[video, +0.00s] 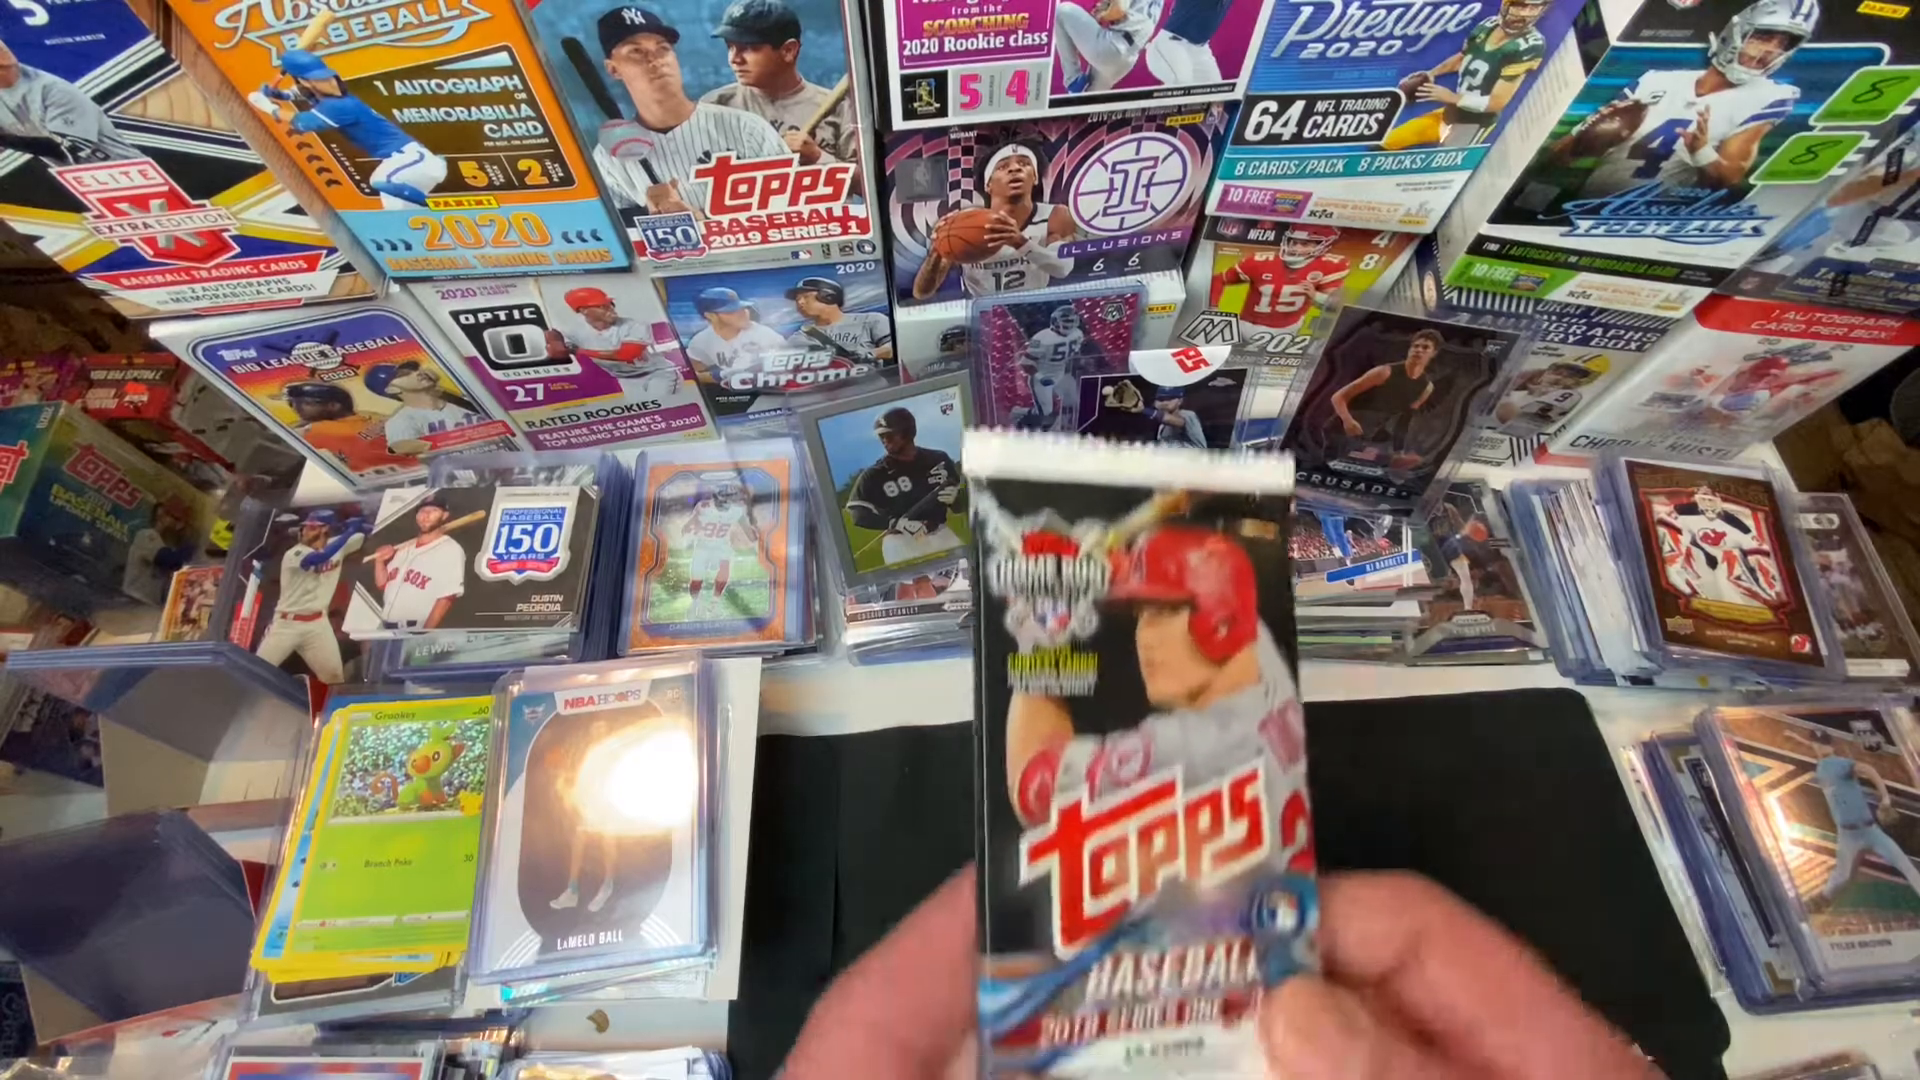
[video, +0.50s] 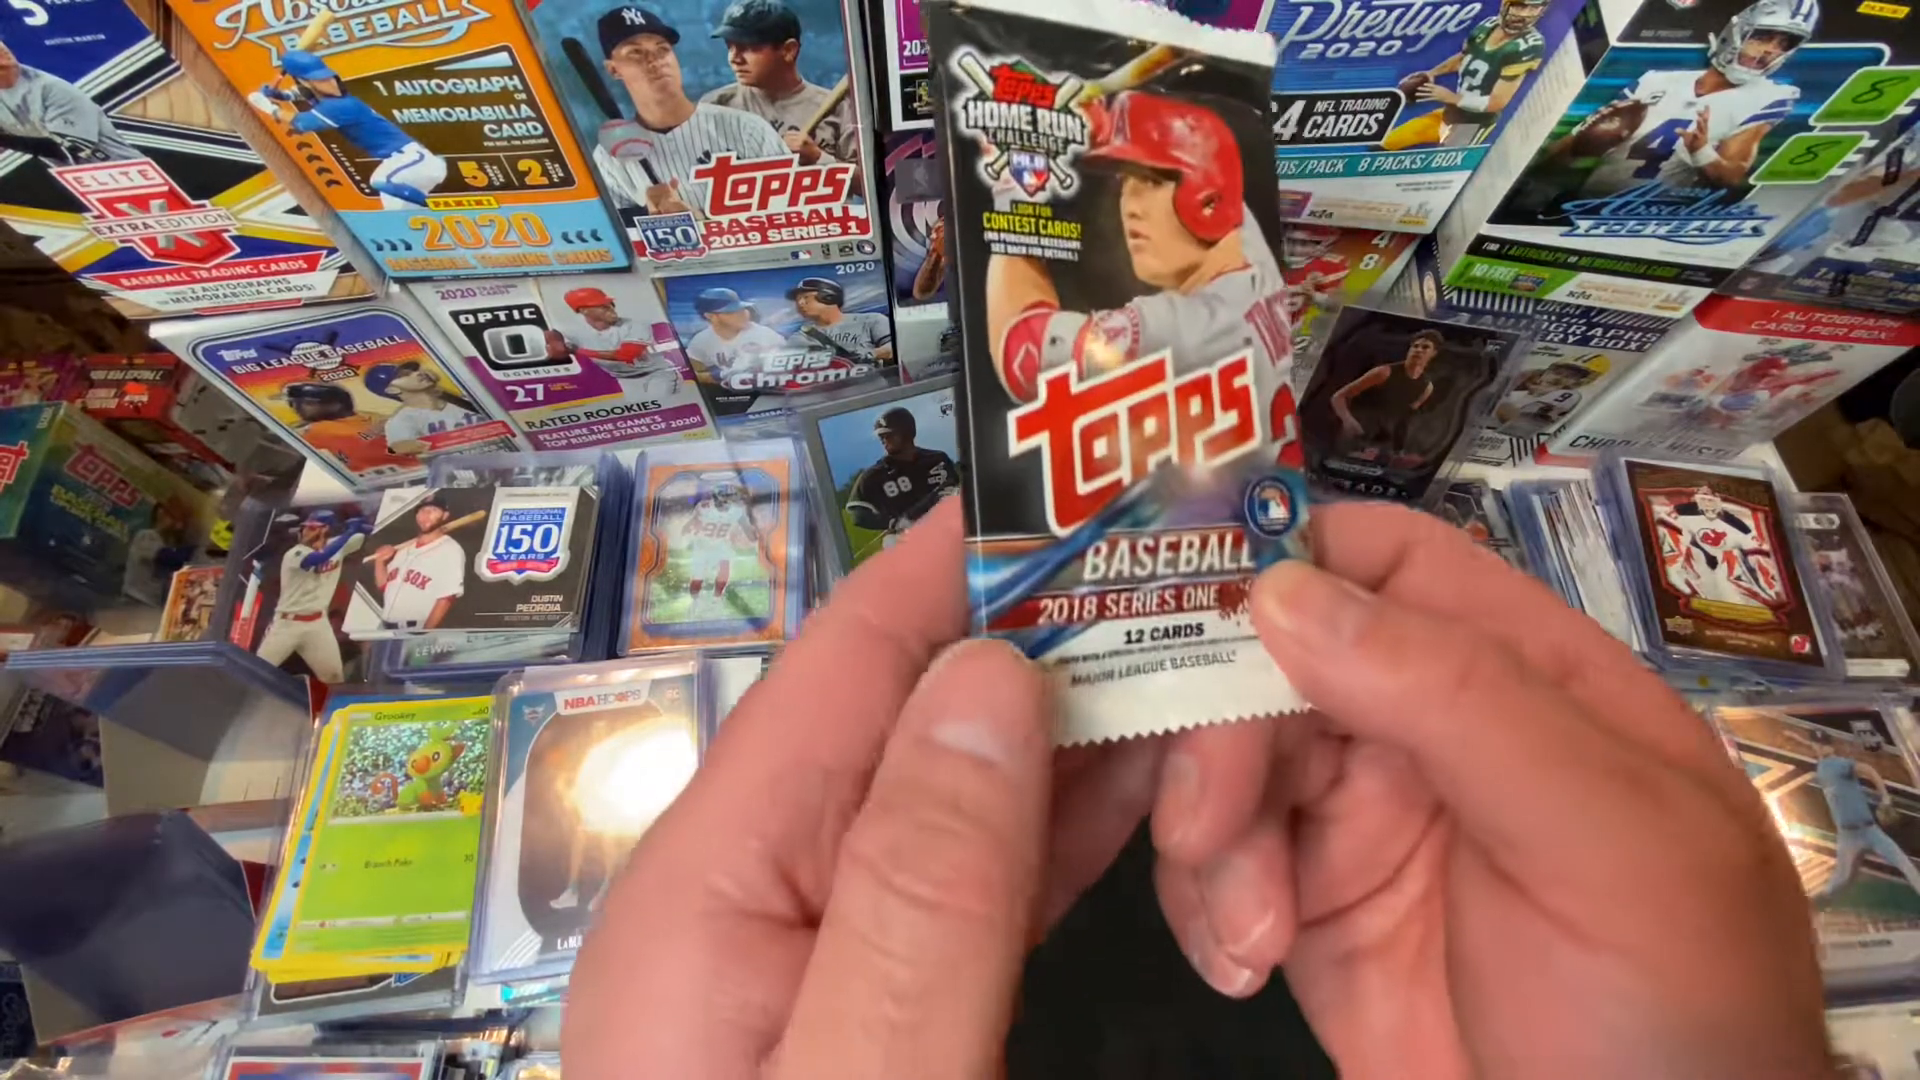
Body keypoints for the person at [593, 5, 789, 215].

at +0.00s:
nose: (655, 60)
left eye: (662, 47)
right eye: (636, 52)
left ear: (675, 54)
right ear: (613, 69)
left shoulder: (748, 129)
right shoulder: (608, 160)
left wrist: (699, 220)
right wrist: (654, 215)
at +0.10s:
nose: (654, 61)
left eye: (662, 48)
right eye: (636, 53)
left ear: (675, 56)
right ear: (612, 70)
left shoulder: (748, 129)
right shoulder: (608, 162)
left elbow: (799, 208)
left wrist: (699, 220)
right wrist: (652, 218)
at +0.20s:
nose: (654, 60)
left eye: (661, 47)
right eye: (636, 52)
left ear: (675, 54)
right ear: (613, 69)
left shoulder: (749, 129)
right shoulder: (609, 161)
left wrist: (700, 221)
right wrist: (656, 218)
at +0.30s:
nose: (654, 61)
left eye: (661, 48)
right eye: (636, 53)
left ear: (675, 54)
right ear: (613, 70)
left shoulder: (749, 130)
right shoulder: (609, 162)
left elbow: (799, 211)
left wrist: (701, 223)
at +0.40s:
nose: (654, 61)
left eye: (661, 48)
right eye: (636, 53)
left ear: (675, 55)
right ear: (613, 70)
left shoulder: (749, 129)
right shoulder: (608, 162)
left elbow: (798, 211)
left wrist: (699, 221)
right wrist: (657, 221)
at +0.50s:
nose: (654, 61)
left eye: (661, 48)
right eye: (636, 53)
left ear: (675, 54)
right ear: (613, 70)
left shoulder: (749, 129)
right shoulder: (609, 162)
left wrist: (700, 222)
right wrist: (658, 221)